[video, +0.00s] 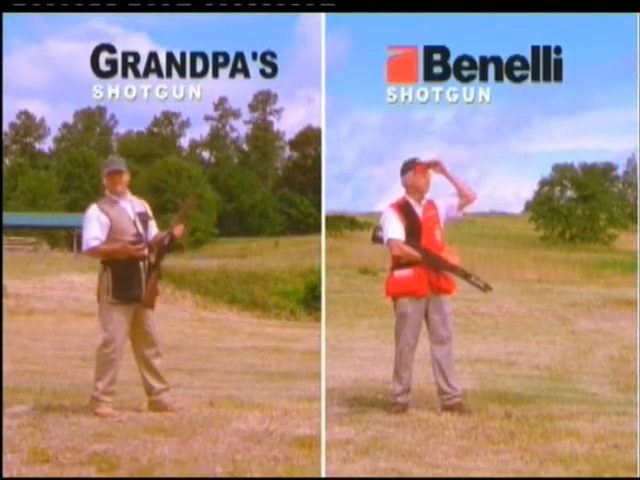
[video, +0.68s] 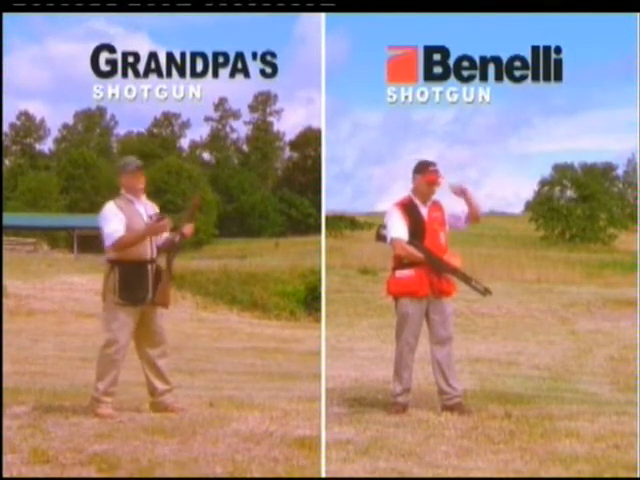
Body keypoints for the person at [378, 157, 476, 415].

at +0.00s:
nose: (427, 178)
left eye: (427, 174)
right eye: (421, 174)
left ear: (428, 179)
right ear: (407, 179)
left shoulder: (437, 208)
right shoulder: (394, 212)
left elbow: (468, 198)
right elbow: (396, 250)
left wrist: (446, 173)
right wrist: (433, 259)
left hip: (436, 281)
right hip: (409, 282)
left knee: (443, 340)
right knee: (406, 343)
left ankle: (450, 397)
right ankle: (400, 396)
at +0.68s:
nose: (434, 187)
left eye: (436, 182)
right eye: (430, 182)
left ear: (438, 183)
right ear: (416, 180)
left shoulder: (441, 208)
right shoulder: (398, 211)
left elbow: (473, 218)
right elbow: (399, 250)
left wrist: (466, 196)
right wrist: (434, 261)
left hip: (439, 282)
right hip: (410, 283)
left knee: (443, 340)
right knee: (407, 343)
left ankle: (451, 397)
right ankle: (401, 396)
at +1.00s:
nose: (441, 190)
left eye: (445, 186)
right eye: (437, 185)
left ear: (448, 186)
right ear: (425, 182)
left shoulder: (449, 210)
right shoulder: (406, 209)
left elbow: (470, 237)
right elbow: (407, 246)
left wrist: (469, 265)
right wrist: (439, 264)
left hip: (442, 283)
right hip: (412, 283)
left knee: (444, 342)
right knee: (407, 343)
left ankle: (451, 397)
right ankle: (400, 396)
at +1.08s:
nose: (444, 191)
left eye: (448, 186)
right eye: (440, 185)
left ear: (452, 186)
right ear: (428, 182)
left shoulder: (451, 210)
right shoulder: (409, 209)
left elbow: (467, 244)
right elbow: (409, 245)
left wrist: (469, 271)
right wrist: (440, 266)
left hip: (442, 283)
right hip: (413, 283)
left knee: (444, 342)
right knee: (407, 342)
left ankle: (451, 398)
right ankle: (400, 397)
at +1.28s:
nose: (449, 192)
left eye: (453, 187)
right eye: (445, 186)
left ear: (456, 187)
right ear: (432, 183)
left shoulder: (456, 211)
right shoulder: (413, 208)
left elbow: (467, 247)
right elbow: (413, 245)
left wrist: (465, 269)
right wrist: (443, 272)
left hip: (443, 283)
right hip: (413, 282)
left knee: (444, 342)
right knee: (407, 342)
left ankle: (450, 397)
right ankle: (400, 396)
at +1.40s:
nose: (450, 191)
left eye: (453, 187)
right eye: (445, 186)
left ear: (456, 187)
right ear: (433, 183)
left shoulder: (457, 212)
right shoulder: (414, 208)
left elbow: (471, 253)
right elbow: (413, 246)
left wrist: (456, 248)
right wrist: (444, 277)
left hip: (443, 282)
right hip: (413, 280)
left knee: (445, 342)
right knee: (407, 341)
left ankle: (450, 397)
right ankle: (400, 396)